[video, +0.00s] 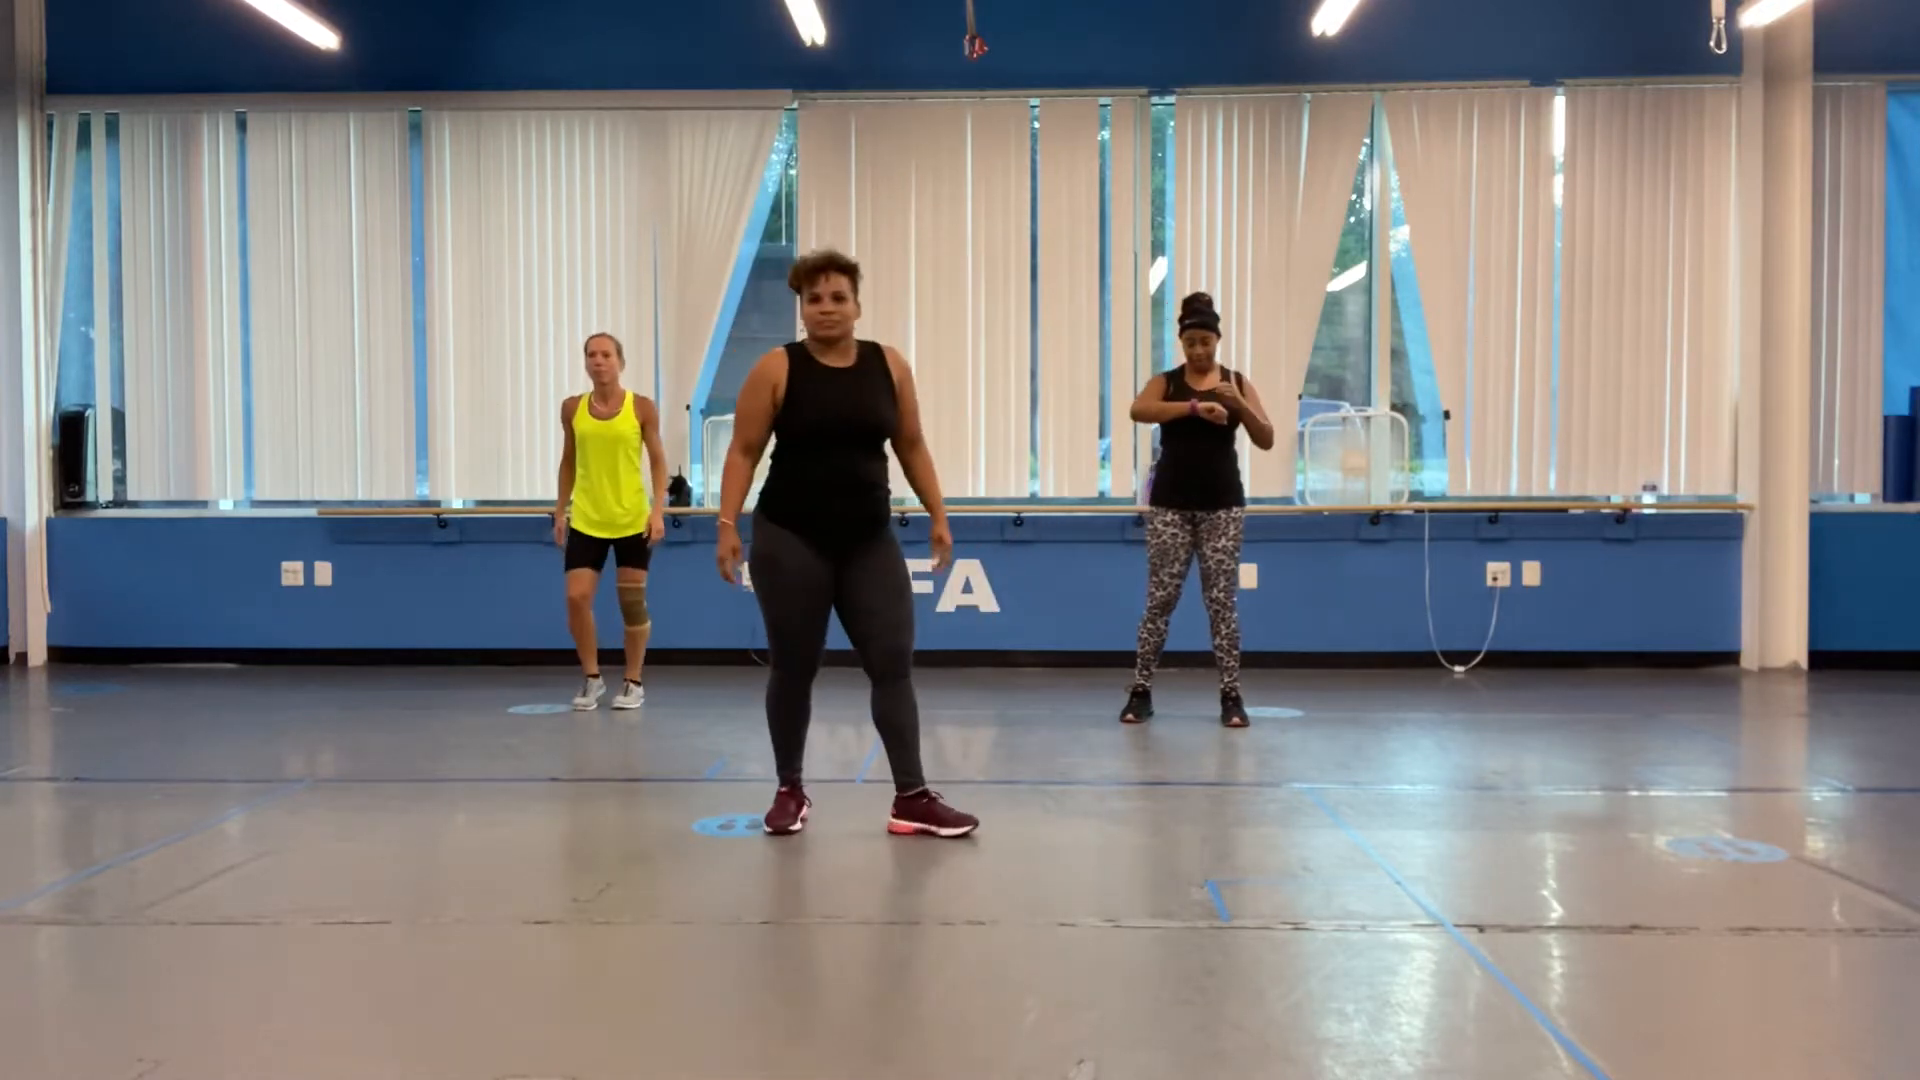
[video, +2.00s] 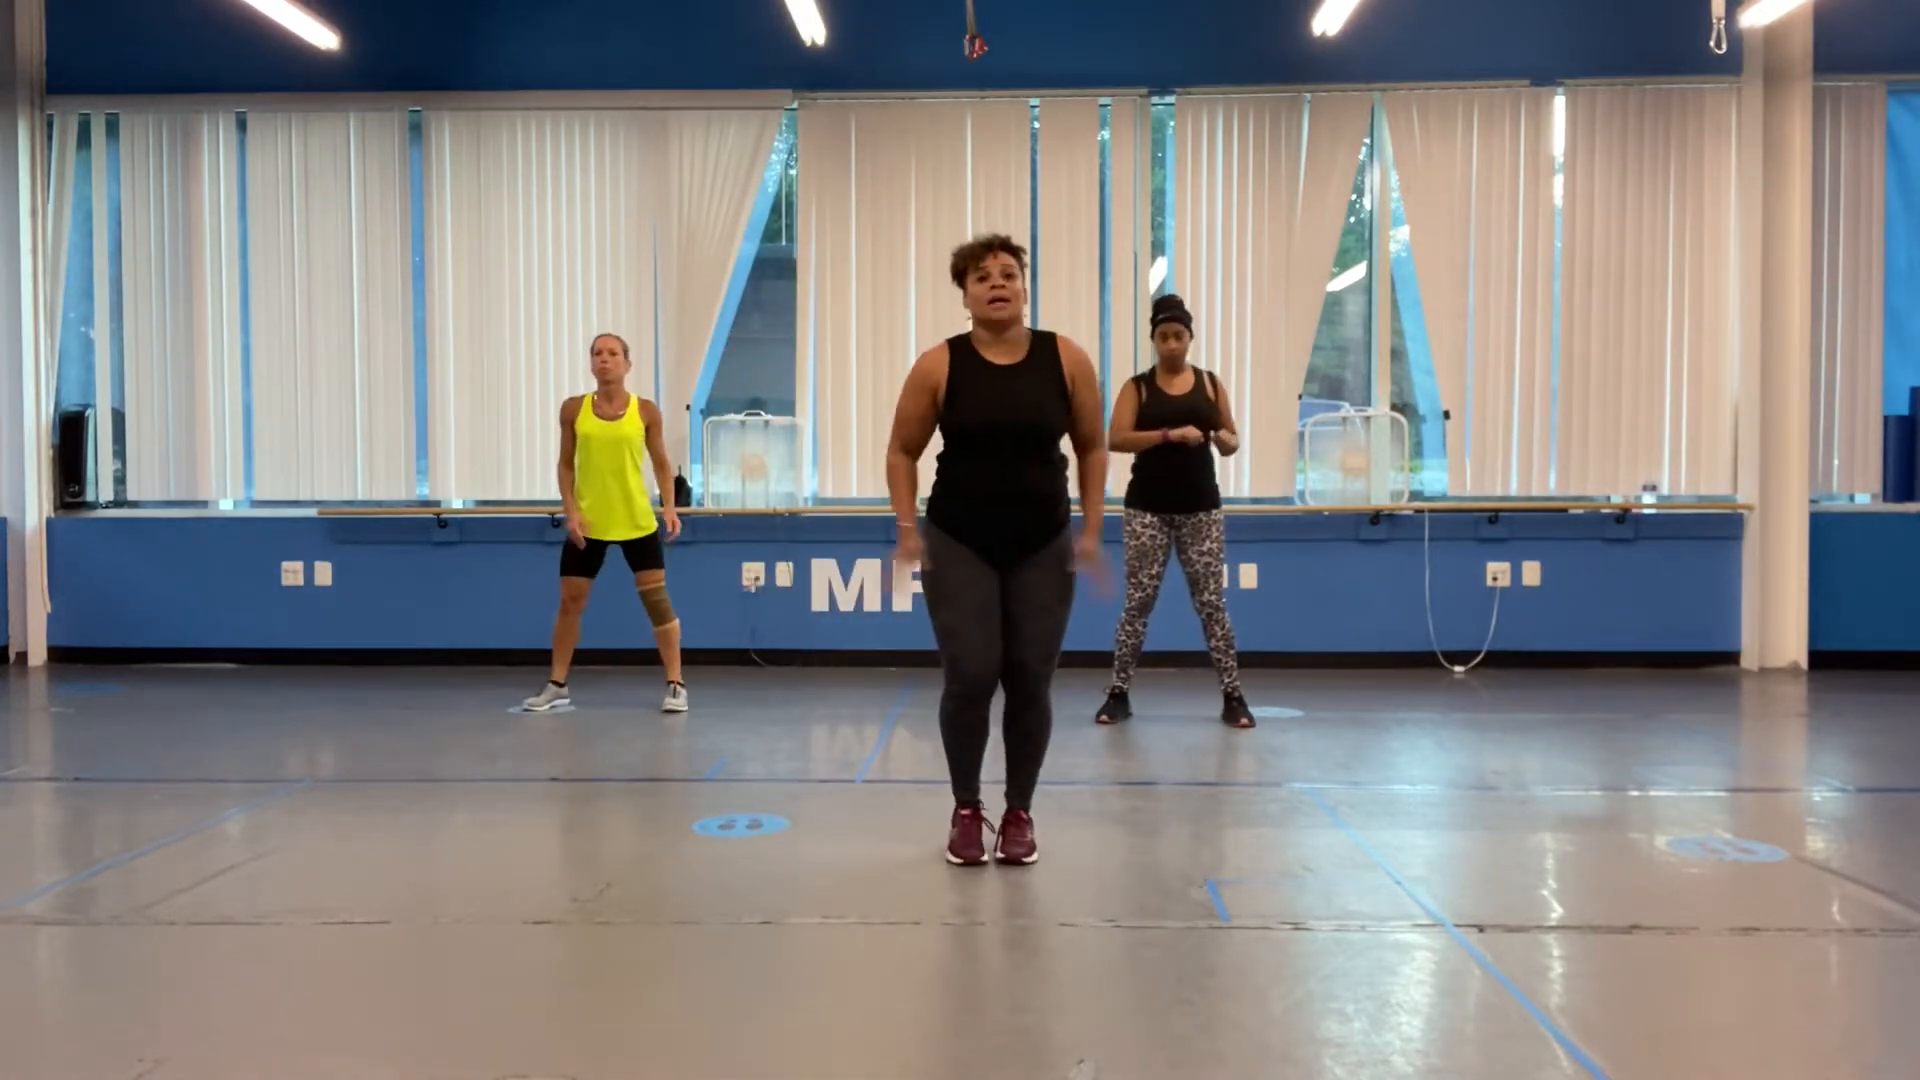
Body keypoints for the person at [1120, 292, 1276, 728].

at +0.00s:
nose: (1198, 349)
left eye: (1205, 341)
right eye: (1191, 341)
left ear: (1217, 341)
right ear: (1181, 342)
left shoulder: (1237, 384)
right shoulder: (1164, 382)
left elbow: (1266, 440)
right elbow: (1139, 411)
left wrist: (1240, 406)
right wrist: (1191, 408)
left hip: (1222, 508)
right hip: (1170, 507)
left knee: (1221, 601)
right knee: (1160, 599)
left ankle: (1231, 696)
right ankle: (1140, 691)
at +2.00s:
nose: (1172, 342)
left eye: (1179, 335)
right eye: (1164, 336)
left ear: (1190, 339)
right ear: (1154, 340)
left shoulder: (1209, 384)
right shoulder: (1135, 388)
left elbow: (1230, 444)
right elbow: (1117, 439)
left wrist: (1220, 435)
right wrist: (1166, 435)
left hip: (1200, 510)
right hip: (1147, 510)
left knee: (1211, 604)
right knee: (1138, 602)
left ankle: (1232, 695)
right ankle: (1118, 693)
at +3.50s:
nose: (1126, 348)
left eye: (1133, 342)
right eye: (1118, 342)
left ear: (1145, 351)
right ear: (1105, 352)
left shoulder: (1161, 398)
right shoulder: (1088, 400)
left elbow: (1201, 433)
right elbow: (1081, 453)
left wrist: (1252, 453)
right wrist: (1135, 432)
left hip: (1153, 517)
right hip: (1099, 519)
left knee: (1171, 601)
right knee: (1091, 607)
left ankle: (1211, 684)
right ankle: (1075, 694)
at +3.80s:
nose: (1087, 341)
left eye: (1095, 335)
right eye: (1080, 335)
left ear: (1107, 344)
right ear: (1067, 345)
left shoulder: (1124, 388)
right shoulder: (1049, 396)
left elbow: (1173, 417)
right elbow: (1045, 449)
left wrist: (1225, 435)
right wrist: (1097, 419)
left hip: (1131, 511)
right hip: (1076, 513)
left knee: (1147, 600)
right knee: (1057, 597)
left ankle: (1182, 692)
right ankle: (1038, 687)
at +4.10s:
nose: (1067, 361)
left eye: (1075, 355)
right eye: (1059, 356)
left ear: (1087, 363)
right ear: (1049, 365)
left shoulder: (1106, 414)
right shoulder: (1030, 417)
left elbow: (1129, 479)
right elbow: (995, 472)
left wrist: (1139, 536)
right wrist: (1011, 517)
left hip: (1105, 530)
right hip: (1050, 531)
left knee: (1125, 615)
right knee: (1041, 612)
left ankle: (1144, 689)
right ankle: (1027, 694)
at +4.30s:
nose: (1091, 354)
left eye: (1097, 346)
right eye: (1082, 349)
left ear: (1111, 352)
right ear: (1073, 359)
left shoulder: (1137, 399)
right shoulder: (1061, 407)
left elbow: (1144, 467)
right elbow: (1023, 451)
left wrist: (1085, 479)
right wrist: (974, 468)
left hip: (1129, 516)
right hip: (1074, 517)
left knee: (1152, 598)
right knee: (1060, 603)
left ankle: (1177, 687)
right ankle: (1023, 691)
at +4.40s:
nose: (1106, 365)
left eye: (1113, 356)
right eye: (1098, 359)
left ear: (1127, 359)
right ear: (1089, 367)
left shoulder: (1156, 408)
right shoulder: (1078, 416)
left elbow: (1172, 469)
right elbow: (1048, 472)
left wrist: (1122, 495)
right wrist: (999, 472)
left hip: (1146, 524)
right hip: (1091, 522)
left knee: (1166, 608)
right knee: (1078, 604)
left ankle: (1187, 699)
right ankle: (1034, 677)